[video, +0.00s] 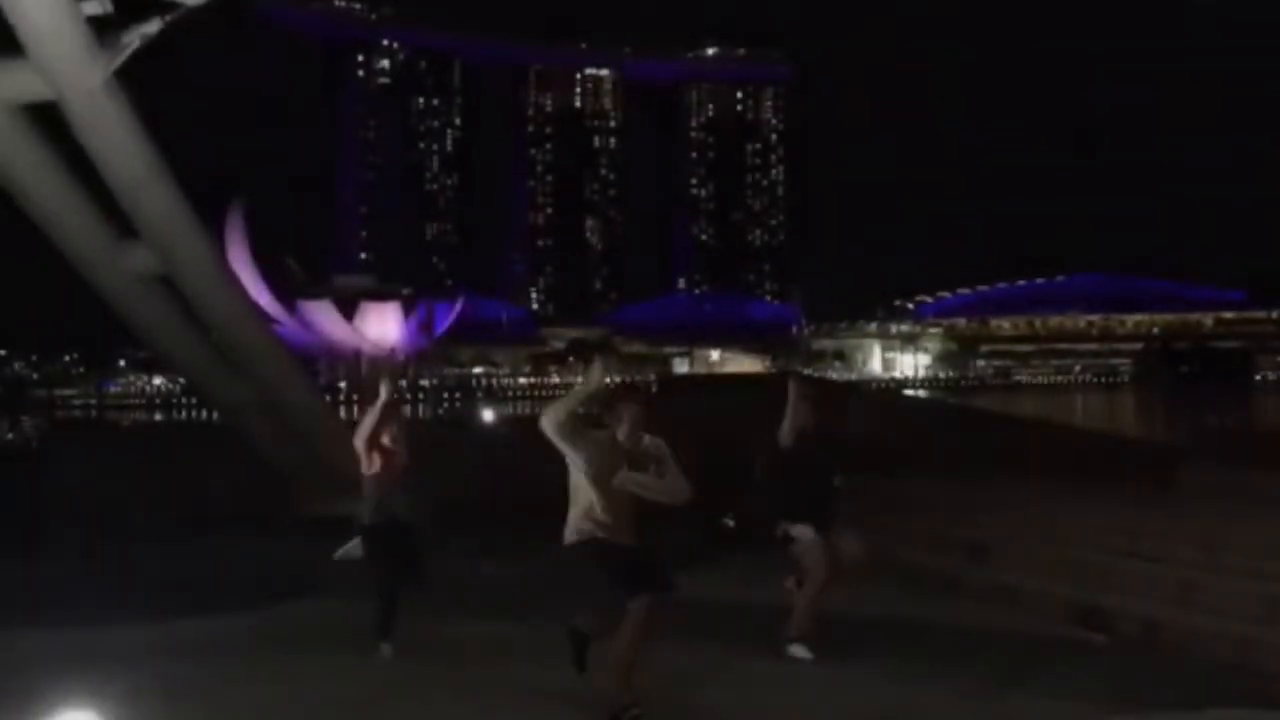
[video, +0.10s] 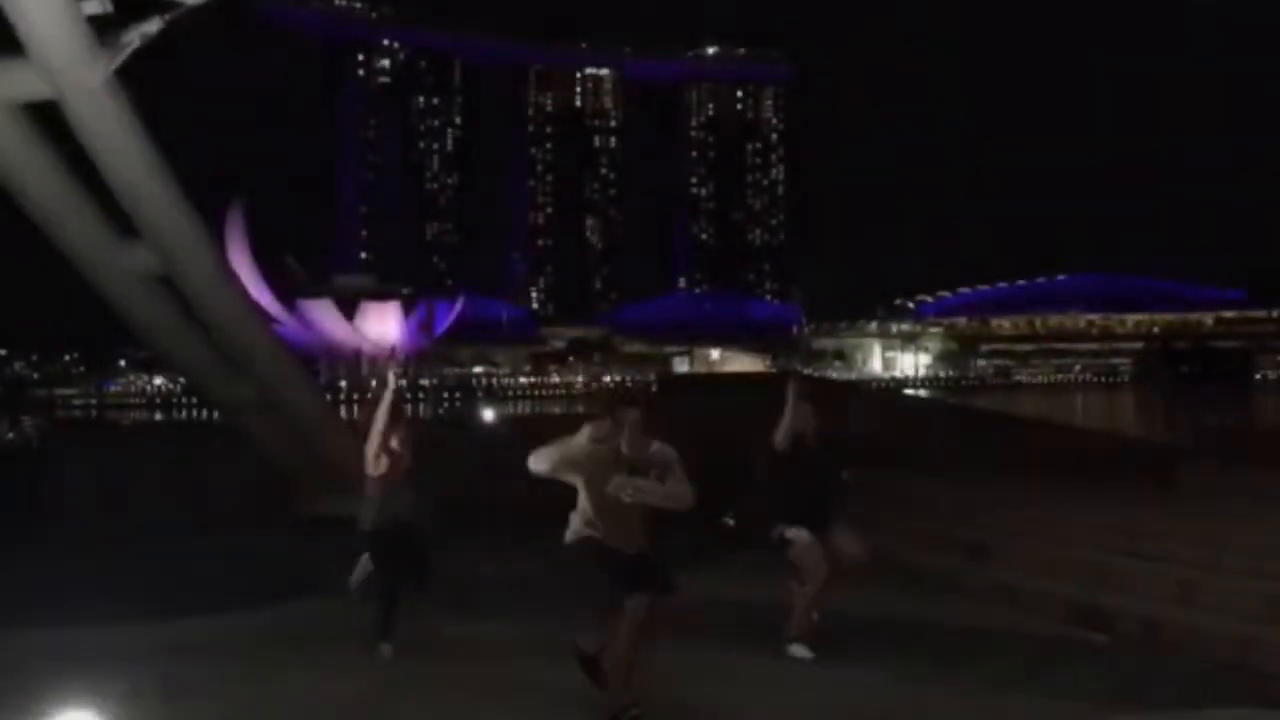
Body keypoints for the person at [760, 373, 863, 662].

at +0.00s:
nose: (804, 417)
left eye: (806, 410)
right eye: (798, 411)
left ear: (812, 414)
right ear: (790, 416)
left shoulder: (820, 446)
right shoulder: (786, 451)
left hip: (820, 514)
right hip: (796, 516)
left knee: (848, 555)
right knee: (816, 570)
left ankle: (801, 584)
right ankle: (796, 636)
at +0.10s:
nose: (804, 423)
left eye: (807, 417)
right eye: (798, 417)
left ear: (815, 420)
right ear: (789, 421)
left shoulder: (821, 450)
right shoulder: (782, 453)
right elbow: (779, 442)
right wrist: (790, 408)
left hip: (819, 517)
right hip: (789, 519)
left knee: (850, 554)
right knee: (815, 571)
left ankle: (810, 606)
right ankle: (795, 636)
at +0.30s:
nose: (811, 407)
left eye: (815, 401)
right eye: (806, 401)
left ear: (824, 404)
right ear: (798, 404)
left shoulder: (835, 431)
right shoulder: (788, 429)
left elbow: (854, 461)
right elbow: (768, 463)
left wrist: (856, 483)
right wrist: (795, 460)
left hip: (829, 506)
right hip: (794, 507)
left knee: (829, 564)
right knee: (796, 569)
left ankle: (833, 621)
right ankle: (795, 631)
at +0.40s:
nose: (811, 406)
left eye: (817, 400)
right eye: (807, 400)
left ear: (828, 402)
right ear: (802, 402)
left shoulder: (842, 433)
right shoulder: (793, 431)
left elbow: (857, 475)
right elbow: (775, 469)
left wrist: (855, 507)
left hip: (829, 507)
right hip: (794, 506)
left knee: (827, 564)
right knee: (790, 565)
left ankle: (833, 621)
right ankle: (778, 623)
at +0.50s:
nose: (810, 408)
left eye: (816, 403)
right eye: (807, 402)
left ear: (828, 407)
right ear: (803, 406)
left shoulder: (841, 442)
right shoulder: (795, 436)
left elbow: (849, 485)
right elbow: (769, 466)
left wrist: (822, 495)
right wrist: (748, 490)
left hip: (827, 511)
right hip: (795, 507)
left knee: (824, 562)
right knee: (784, 561)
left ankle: (832, 620)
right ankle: (772, 618)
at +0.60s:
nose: (809, 406)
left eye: (813, 400)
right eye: (805, 400)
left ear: (823, 403)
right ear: (800, 403)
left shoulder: (834, 434)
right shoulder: (793, 431)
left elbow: (837, 473)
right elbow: (768, 454)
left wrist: (800, 484)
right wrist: (744, 475)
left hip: (825, 506)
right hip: (795, 504)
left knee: (818, 557)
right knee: (779, 548)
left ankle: (832, 616)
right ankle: (781, 604)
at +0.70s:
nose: (803, 400)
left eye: (807, 395)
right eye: (799, 395)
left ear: (817, 398)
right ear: (794, 398)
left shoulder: (828, 427)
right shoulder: (791, 425)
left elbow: (832, 466)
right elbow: (769, 455)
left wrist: (804, 493)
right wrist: (749, 482)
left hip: (820, 499)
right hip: (794, 496)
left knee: (807, 550)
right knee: (785, 546)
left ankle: (830, 607)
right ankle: (803, 600)